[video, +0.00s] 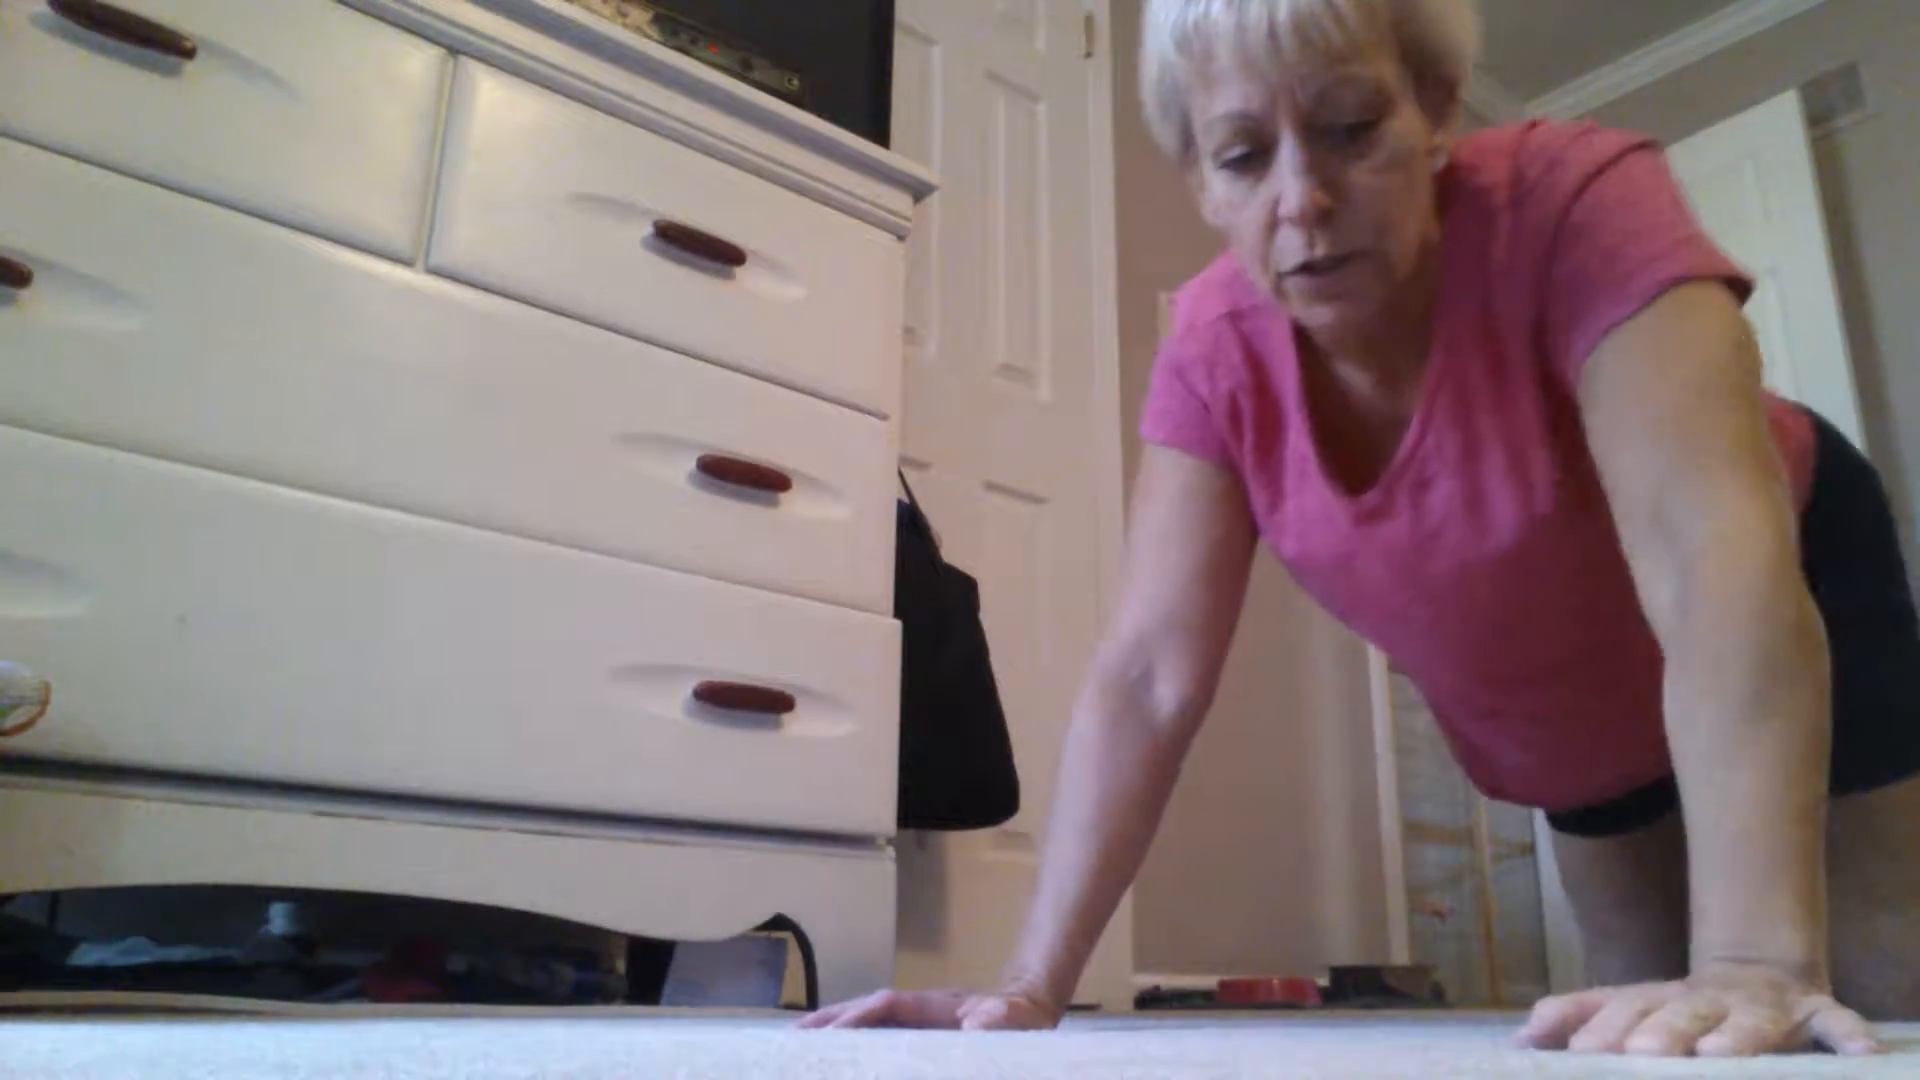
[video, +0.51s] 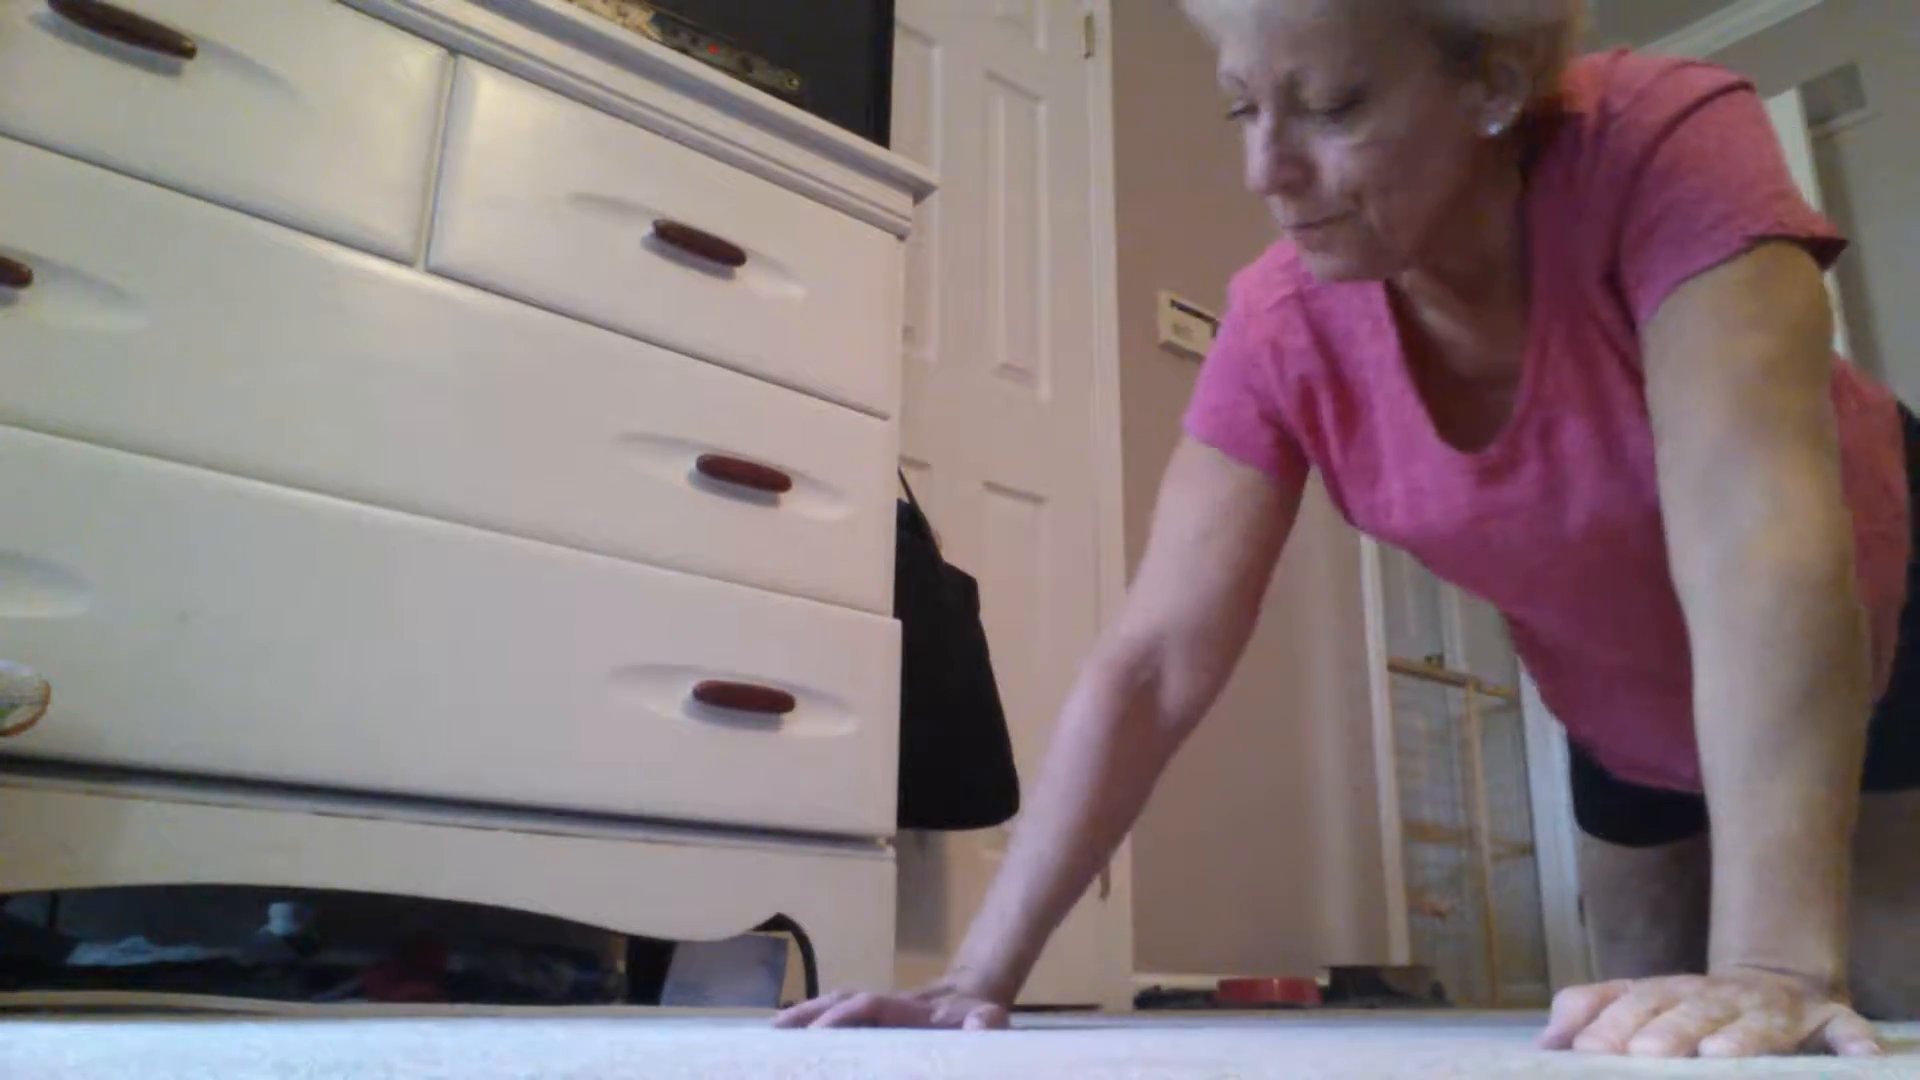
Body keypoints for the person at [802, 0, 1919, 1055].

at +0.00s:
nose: (1304, 196)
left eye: (1347, 127)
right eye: (1247, 153)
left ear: (1434, 117)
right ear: (1202, 183)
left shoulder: (1580, 208)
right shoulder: (1216, 341)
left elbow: (1722, 577)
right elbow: (1146, 679)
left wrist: (1758, 969)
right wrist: (1033, 983)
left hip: (1783, 609)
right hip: (1571, 710)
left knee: (1865, 1013)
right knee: (1642, 1043)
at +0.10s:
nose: (1316, 174)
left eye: (1367, 100)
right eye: (1265, 127)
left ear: (1473, 82)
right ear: (1229, 148)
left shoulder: (1619, 177)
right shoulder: (1249, 329)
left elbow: (1717, 559)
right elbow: (1161, 677)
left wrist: (1762, 969)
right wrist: (1035, 982)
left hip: (1822, 620)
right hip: (1594, 734)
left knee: (1860, 1035)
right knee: (1647, 1055)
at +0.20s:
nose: (1313, 161)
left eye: (1372, 88)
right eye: (1277, 104)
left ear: (1513, 68)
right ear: (1248, 104)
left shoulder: (1655, 157)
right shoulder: (1281, 323)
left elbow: (1746, 538)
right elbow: (1177, 674)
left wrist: (1768, 970)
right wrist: (1036, 982)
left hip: (1850, 645)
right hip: (1623, 738)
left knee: (1857, 1044)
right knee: (1652, 1057)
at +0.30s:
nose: (1311, 152)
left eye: (1372, 85)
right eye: (1284, 93)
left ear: (1531, 65)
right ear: (1259, 88)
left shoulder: (1684, 142)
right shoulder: (1302, 318)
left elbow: (1767, 535)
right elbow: (1167, 654)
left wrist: (1776, 972)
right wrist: (1017, 970)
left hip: (1859, 646)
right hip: (1634, 720)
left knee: (1858, 1040)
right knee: (1647, 1048)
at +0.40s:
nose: (1303, 150)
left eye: (1363, 86)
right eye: (1277, 95)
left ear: (1525, 70)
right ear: (1255, 94)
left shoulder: (1690, 143)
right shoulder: (1300, 314)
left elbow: (1774, 538)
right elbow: (1154, 645)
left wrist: (1777, 973)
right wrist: (975, 960)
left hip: (1871, 669)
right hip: (1641, 718)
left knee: (1859, 1041)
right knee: (1648, 1046)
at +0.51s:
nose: (1272, 165)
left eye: (1328, 105)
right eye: (1248, 109)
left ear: (1494, 81)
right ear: (1225, 95)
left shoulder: (1670, 143)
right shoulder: (1286, 315)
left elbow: (1767, 537)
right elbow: (1153, 666)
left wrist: (1775, 973)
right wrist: (976, 980)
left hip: (1866, 658)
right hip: (1633, 716)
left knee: (1858, 1039)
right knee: (1644, 1044)